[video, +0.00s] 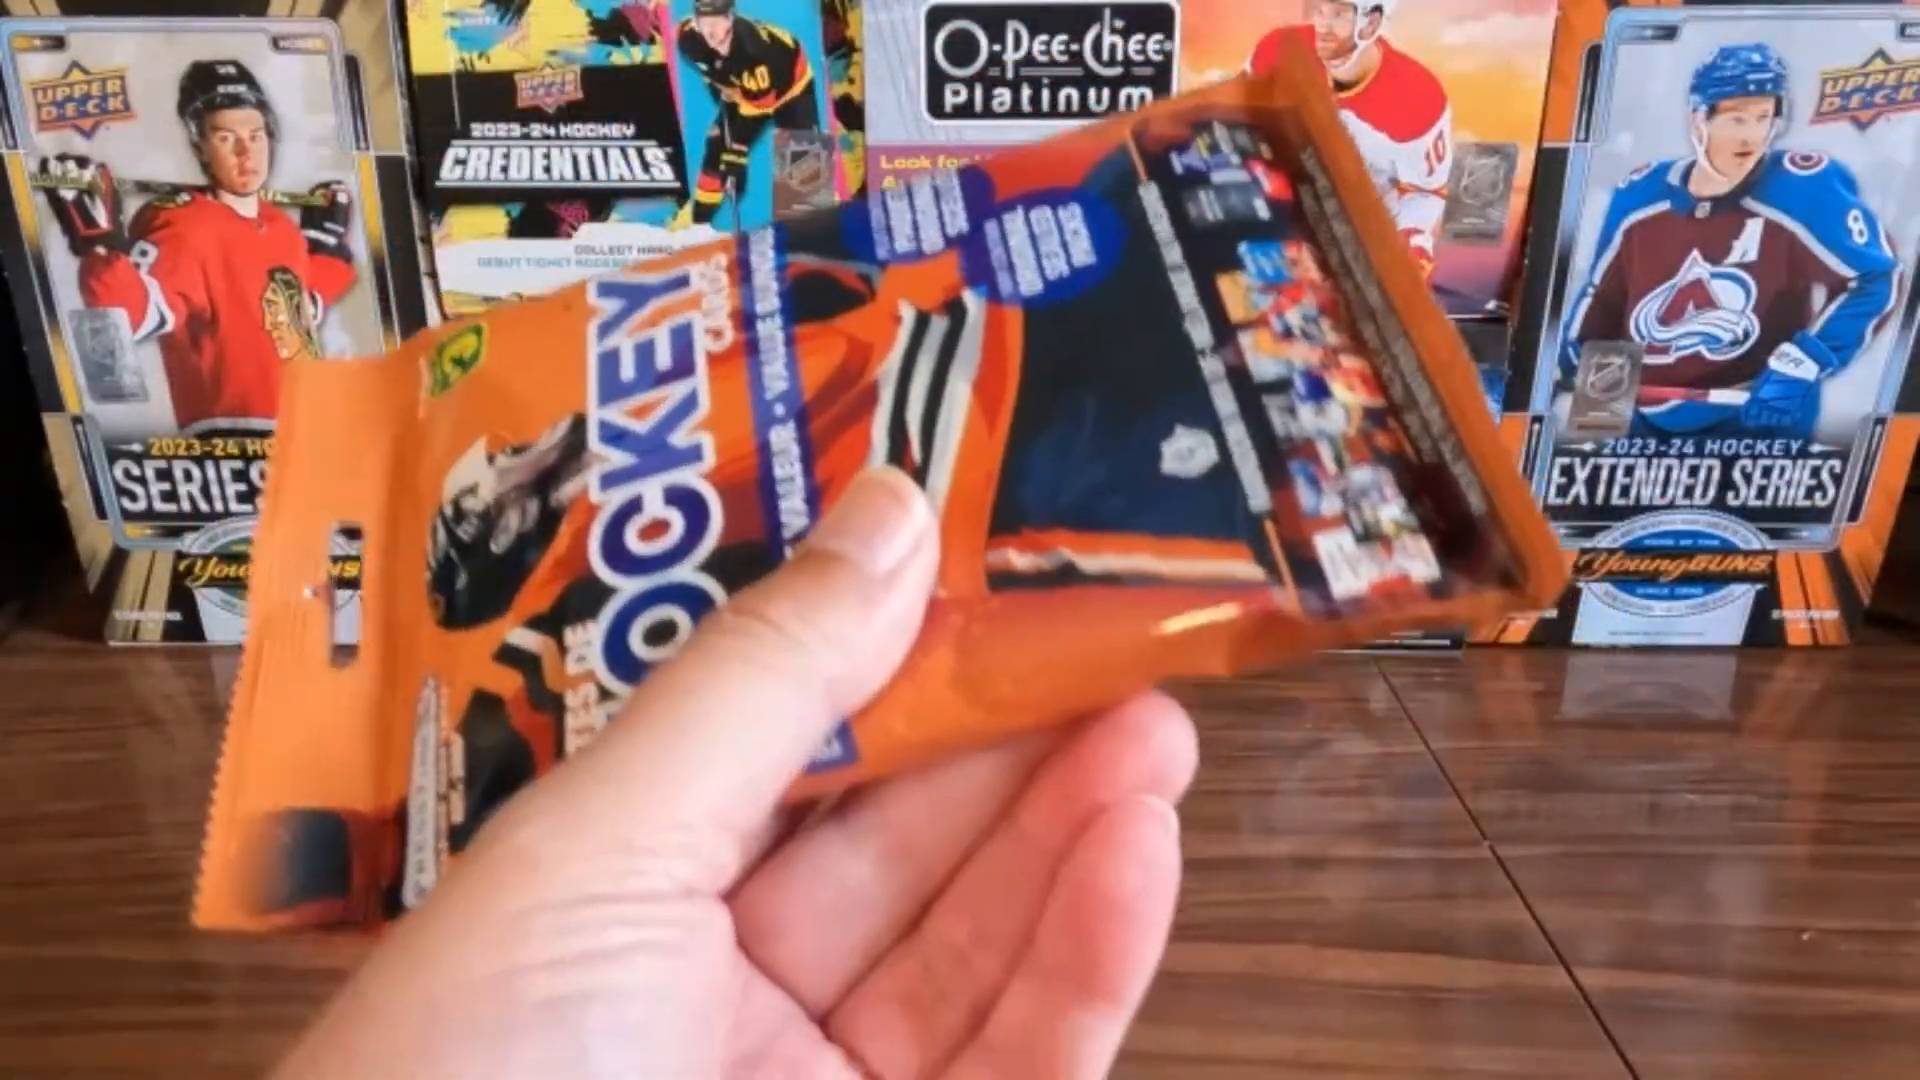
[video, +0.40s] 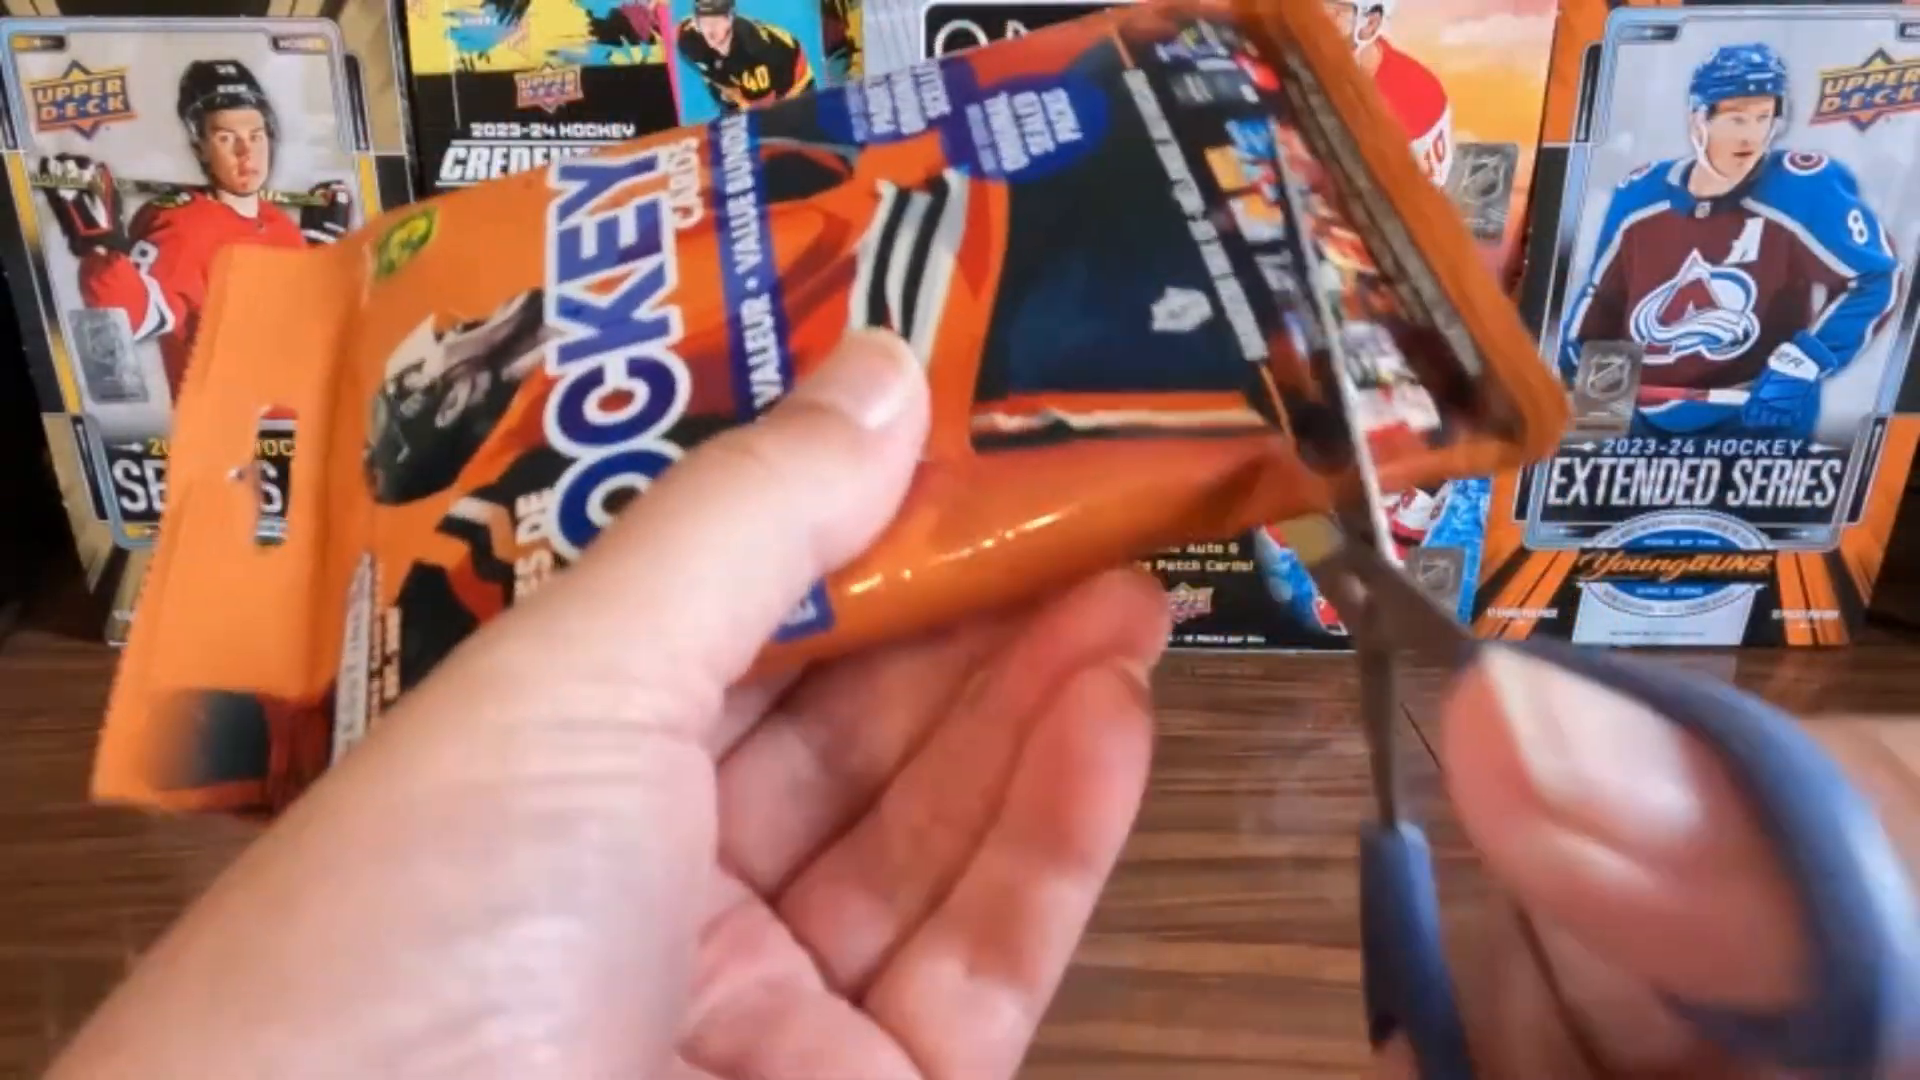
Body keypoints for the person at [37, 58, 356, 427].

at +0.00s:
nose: (246, 150)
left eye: (256, 134)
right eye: (227, 138)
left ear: (270, 139)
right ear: (200, 147)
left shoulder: (280, 225)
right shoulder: (183, 226)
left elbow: (301, 308)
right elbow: (139, 315)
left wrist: (333, 250)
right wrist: (99, 246)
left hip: (308, 424)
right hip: (232, 435)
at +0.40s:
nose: (246, 153)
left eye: (256, 136)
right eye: (226, 138)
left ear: (271, 141)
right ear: (200, 148)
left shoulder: (284, 226)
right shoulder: (183, 227)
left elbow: (316, 318)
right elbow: (139, 319)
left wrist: (330, 244)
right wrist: (101, 248)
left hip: (300, 417)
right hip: (217, 421)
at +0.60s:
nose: (246, 154)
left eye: (255, 135)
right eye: (227, 139)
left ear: (269, 138)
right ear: (200, 148)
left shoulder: (296, 215)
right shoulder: (177, 224)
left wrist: (333, 216)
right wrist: (100, 244)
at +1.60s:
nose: (247, 153)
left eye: (256, 136)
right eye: (228, 139)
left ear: (270, 141)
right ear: (201, 150)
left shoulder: (284, 229)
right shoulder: (179, 228)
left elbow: (312, 318)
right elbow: (153, 334)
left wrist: (331, 252)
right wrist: (102, 254)